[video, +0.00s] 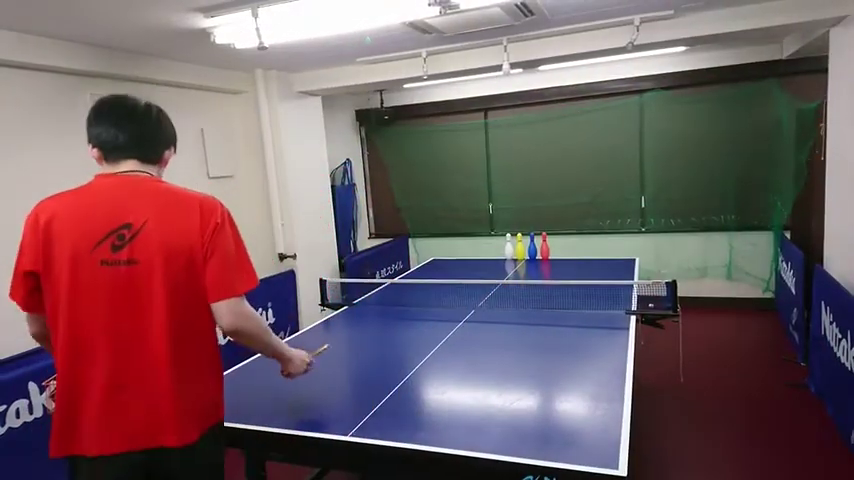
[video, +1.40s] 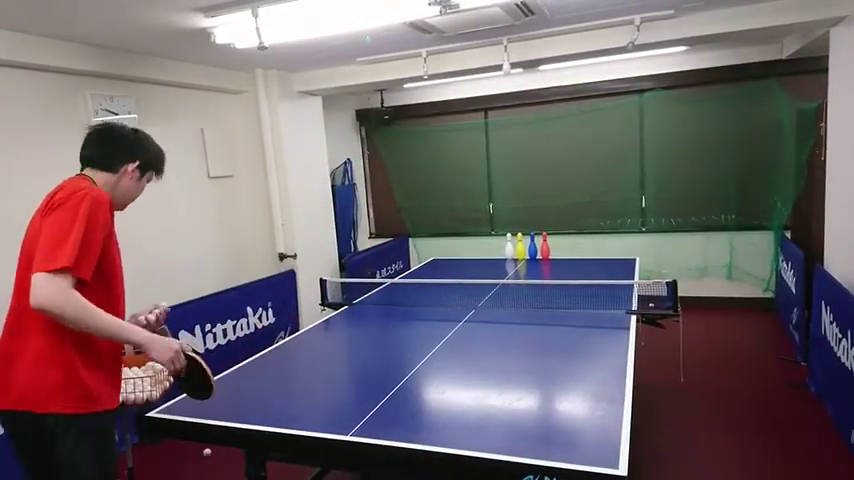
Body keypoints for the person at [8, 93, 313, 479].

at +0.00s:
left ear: (95, 153)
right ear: (167, 155)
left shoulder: (47, 217)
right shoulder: (202, 212)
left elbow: (40, 329)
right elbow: (233, 319)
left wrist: (83, 368)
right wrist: (285, 354)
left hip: (93, 444)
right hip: (186, 436)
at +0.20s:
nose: (164, 163)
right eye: (166, 157)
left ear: (94, 151)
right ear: (159, 155)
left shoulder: (48, 209)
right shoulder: (183, 202)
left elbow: (46, 309)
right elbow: (205, 302)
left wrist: (100, 332)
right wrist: (269, 341)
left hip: (89, 414)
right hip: (174, 409)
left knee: (106, 472)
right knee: (200, 472)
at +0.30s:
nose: (158, 167)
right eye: (161, 159)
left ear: (93, 153)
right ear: (156, 157)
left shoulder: (49, 209)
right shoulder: (170, 200)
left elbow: (49, 305)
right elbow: (191, 298)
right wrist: (263, 333)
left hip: (86, 411)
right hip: (163, 405)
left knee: (105, 473)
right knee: (189, 472)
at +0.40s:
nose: (155, 174)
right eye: (157, 168)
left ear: (92, 158)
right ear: (152, 162)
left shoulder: (52, 210)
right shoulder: (153, 200)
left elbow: (53, 292)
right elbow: (169, 293)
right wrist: (250, 327)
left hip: (80, 407)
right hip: (150, 400)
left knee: (107, 473)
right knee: (179, 471)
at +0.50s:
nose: (150, 183)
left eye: (153, 176)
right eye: (152, 175)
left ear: (94, 161)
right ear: (144, 165)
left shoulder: (53, 212)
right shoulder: (135, 198)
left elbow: (64, 302)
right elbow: (138, 287)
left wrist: (148, 352)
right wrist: (230, 324)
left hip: (66, 408)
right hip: (135, 402)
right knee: (162, 471)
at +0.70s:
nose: (144, 198)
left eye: (147, 192)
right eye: (147, 189)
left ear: (95, 167)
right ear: (139, 173)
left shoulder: (60, 208)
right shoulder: (115, 192)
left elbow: (61, 305)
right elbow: (96, 271)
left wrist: (127, 356)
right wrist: (187, 320)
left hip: (43, 390)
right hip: (95, 386)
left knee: (67, 472)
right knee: (130, 471)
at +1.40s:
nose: (138, 196)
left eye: (146, 187)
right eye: (145, 185)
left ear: (94, 160)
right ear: (130, 170)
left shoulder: (66, 196)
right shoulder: (86, 198)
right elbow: (48, 292)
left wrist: (129, 326)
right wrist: (145, 340)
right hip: (62, 406)